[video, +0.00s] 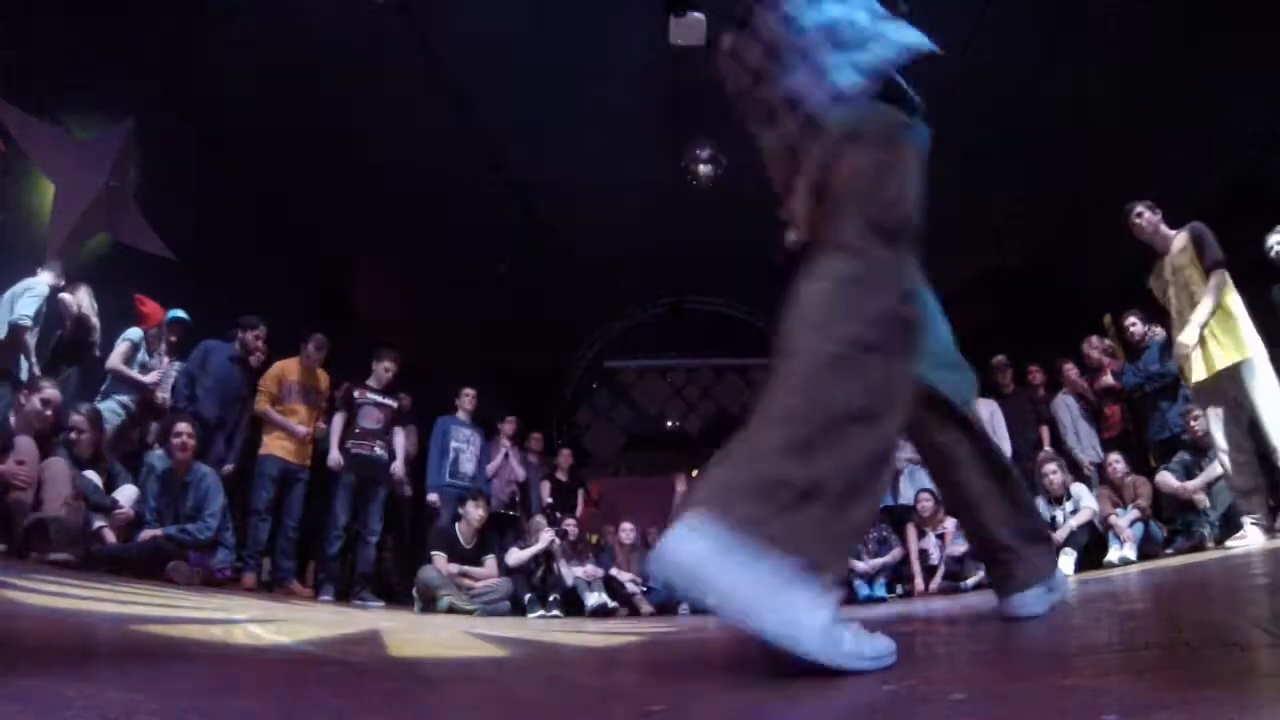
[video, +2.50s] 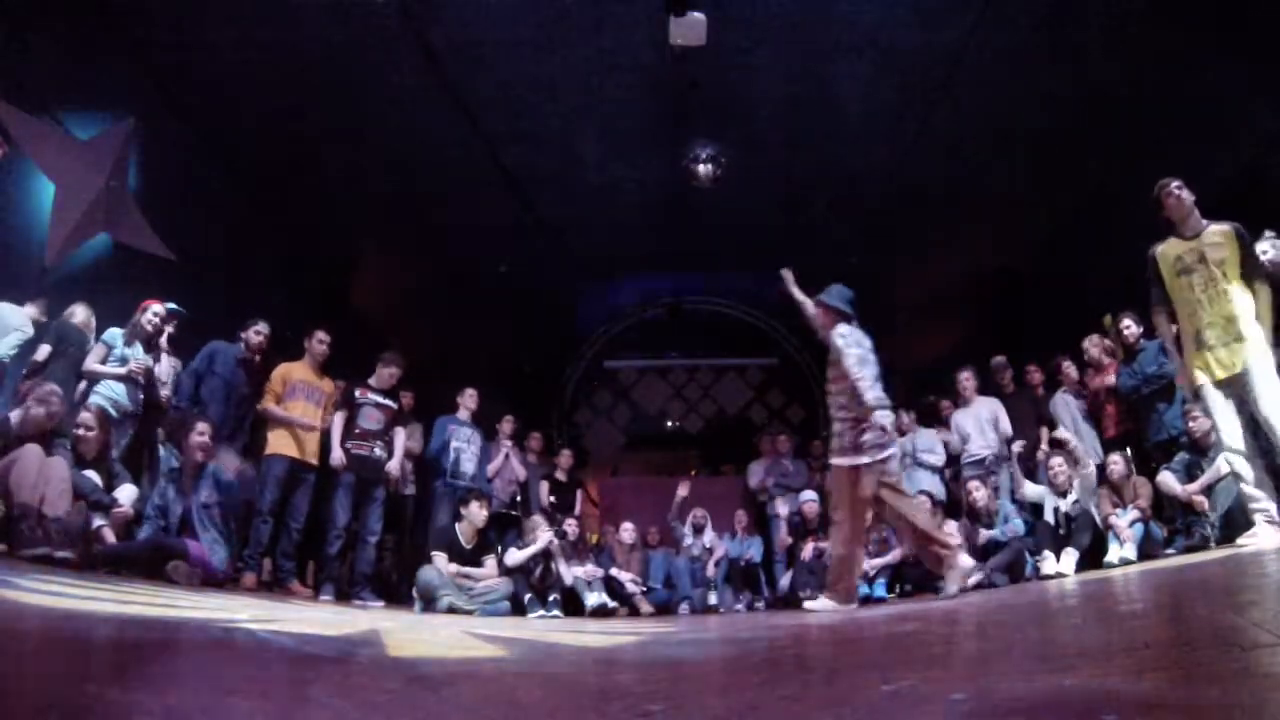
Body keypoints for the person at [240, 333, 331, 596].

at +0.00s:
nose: (315, 360)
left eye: (320, 356)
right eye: (312, 353)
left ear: (324, 356)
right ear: (304, 349)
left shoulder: (323, 379)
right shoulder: (281, 368)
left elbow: (319, 412)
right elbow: (261, 405)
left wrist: (320, 425)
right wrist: (292, 427)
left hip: (301, 455)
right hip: (275, 448)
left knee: (291, 519)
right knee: (261, 511)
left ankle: (285, 574)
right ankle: (251, 568)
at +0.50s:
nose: (314, 359)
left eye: (319, 355)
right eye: (311, 353)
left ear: (324, 355)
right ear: (303, 348)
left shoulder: (323, 378)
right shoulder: (281, 368)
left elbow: (318, 411)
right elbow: (261, 403)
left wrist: (318, 424)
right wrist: (293, 426)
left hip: (302, 453)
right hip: (276, 448)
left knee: (291, 518)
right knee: (262, 511)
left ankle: (285, 575)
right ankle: (251, 569)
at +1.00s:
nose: (321, 348)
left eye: (324, 344)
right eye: (316, 342)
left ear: (327, 348)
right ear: (304, 343)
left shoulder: (325, 381)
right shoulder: (283, 369)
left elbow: (324, 414)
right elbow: (263, 403)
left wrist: (319, 424)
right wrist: (294, 424)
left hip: (306, 453)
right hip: (278, 447)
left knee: (294, 518)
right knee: (264, 511)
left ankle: (286, 575)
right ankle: (251, 569)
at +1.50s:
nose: (321, 348)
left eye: (325, 344)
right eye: (317, 342)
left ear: (327, 349)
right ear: (305, 343)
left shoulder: (327, 382)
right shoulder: (283, 370)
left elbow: (326, 415)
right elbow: (263, 404)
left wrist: (320, 423)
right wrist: (292, 420)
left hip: (307, 454)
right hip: (279, 447)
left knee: (295, 518)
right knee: (264, 510)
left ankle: (286, 573)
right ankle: (251, 568)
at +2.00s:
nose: (322, 346)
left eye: (326, 342)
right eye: (318, 340)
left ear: (328, 348)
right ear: (305, 342)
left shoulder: (327, 383)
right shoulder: (284, 369)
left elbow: (328, 416)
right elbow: (265, 403)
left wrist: (320, 424)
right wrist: (296, 420)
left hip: (308, 454)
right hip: (280, 447)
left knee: (296, 518)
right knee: (266, 510)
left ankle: (286, 574)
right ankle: (251, 568)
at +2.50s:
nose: (324, 348)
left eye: (327, 344)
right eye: (320, 342)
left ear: (329, 350)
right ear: (307, 343)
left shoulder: (328, 385)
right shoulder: (285, 370)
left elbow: (325, 420)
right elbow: (266, 404)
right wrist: (297, 420)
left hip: (309, 453)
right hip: (281, 446)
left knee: (296, 518)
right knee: (266, 509)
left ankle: (286, 574)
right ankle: (251, 568)